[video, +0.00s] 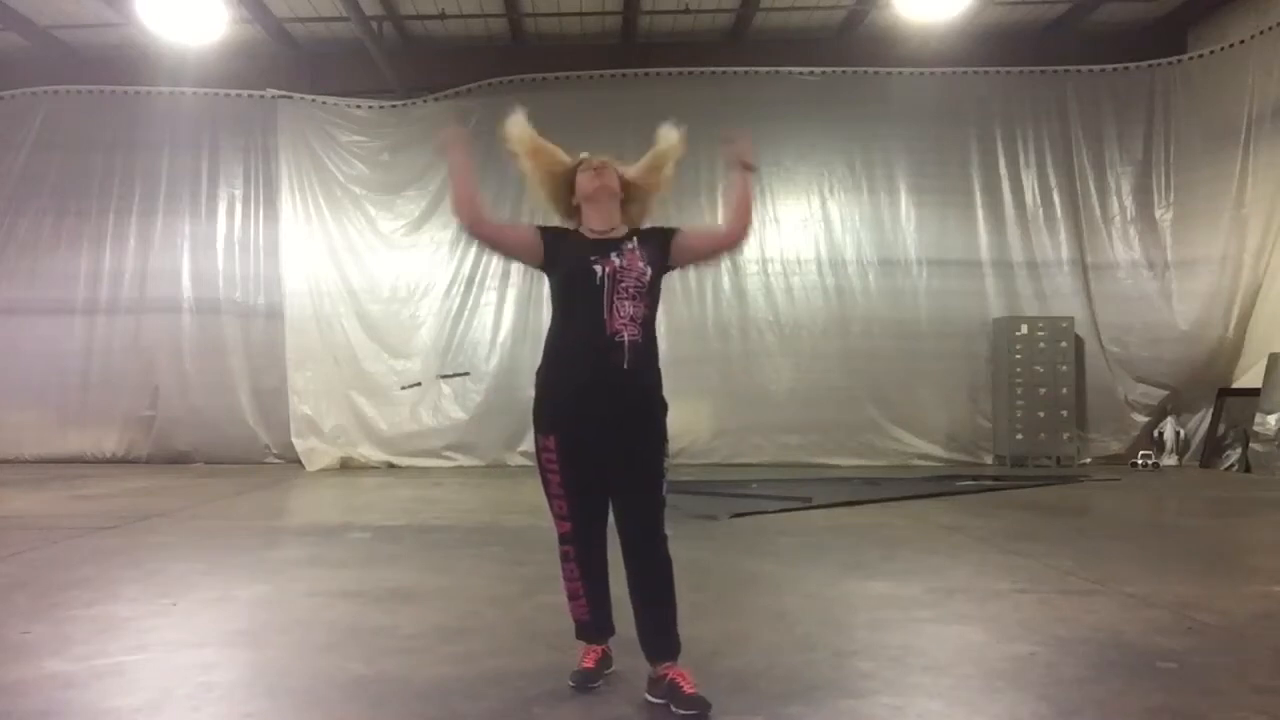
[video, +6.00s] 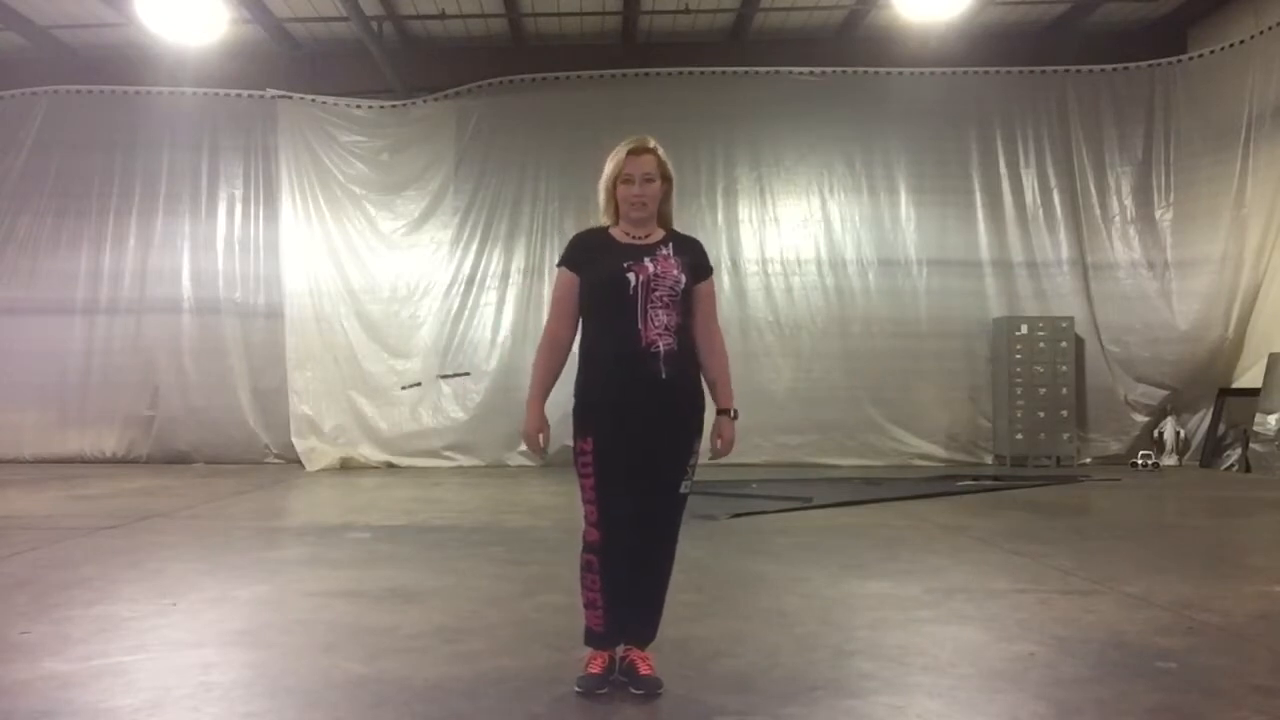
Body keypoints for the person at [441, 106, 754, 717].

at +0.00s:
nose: (596, 174)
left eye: (605, 168)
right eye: (585, 170)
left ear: (622, 186)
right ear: (573, 190)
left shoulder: (654, 244)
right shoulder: (555, 244)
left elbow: (731, 234)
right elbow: (476, 221)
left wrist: (742, 173)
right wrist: (459, 156)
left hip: (637, 411)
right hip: (567, 413)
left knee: (647, 538)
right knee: (579, 536)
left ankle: (665, 664)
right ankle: (594, 646)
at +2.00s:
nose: (636, 166)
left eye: (647, 160)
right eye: (626, 162)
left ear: (667, 178)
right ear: (614, 184)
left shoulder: (696, 246)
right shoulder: (595, 247)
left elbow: (725, 321)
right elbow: (557, 320)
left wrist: (723, 364)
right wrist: (573, 373)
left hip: (683, 403)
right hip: (615, 403)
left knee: (674, 526)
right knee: (610, 524)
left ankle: (662, 642)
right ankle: (601, 643)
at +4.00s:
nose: (631, 170)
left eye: (643, 165)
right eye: (623, 160)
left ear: (656, 181)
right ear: (604, 169)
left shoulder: (673, 242)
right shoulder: (571, 239)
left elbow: (702, 318)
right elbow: (535, 320)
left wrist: (733, 377)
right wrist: (492, 381)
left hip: (663, 405)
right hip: (593, 405)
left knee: (650, 522)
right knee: (597, 524)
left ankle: (633, 648)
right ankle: (599, 649)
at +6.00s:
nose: (640, 190)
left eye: (650, 180)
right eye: (629, 180)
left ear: (665, 186)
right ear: (612, 187)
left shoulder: (688, 252)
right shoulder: (586, 248)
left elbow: (707, 333)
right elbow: (558, 333)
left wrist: (726, 408)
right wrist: (535, 403)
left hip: (673, 413)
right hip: (604, 412)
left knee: (655, 527)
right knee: (604, 529)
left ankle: (635, 648)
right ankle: (600, 649)